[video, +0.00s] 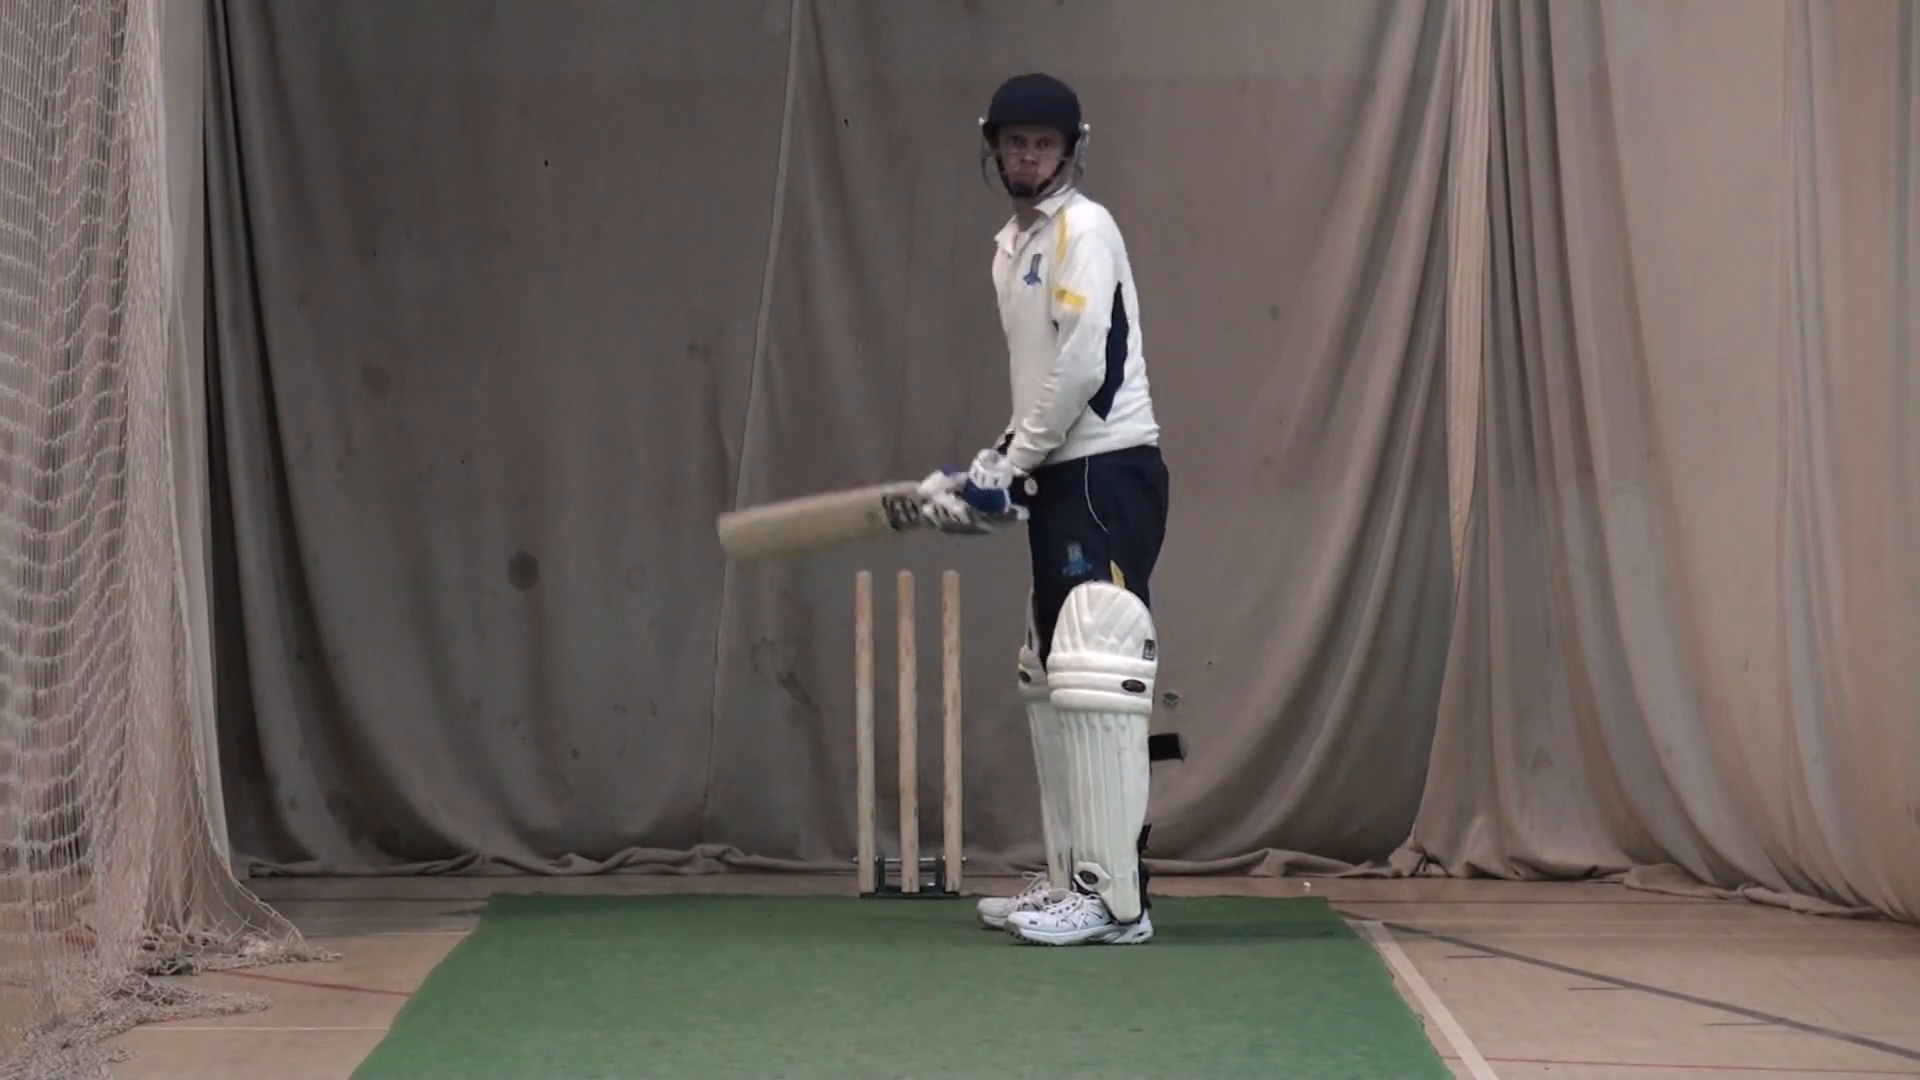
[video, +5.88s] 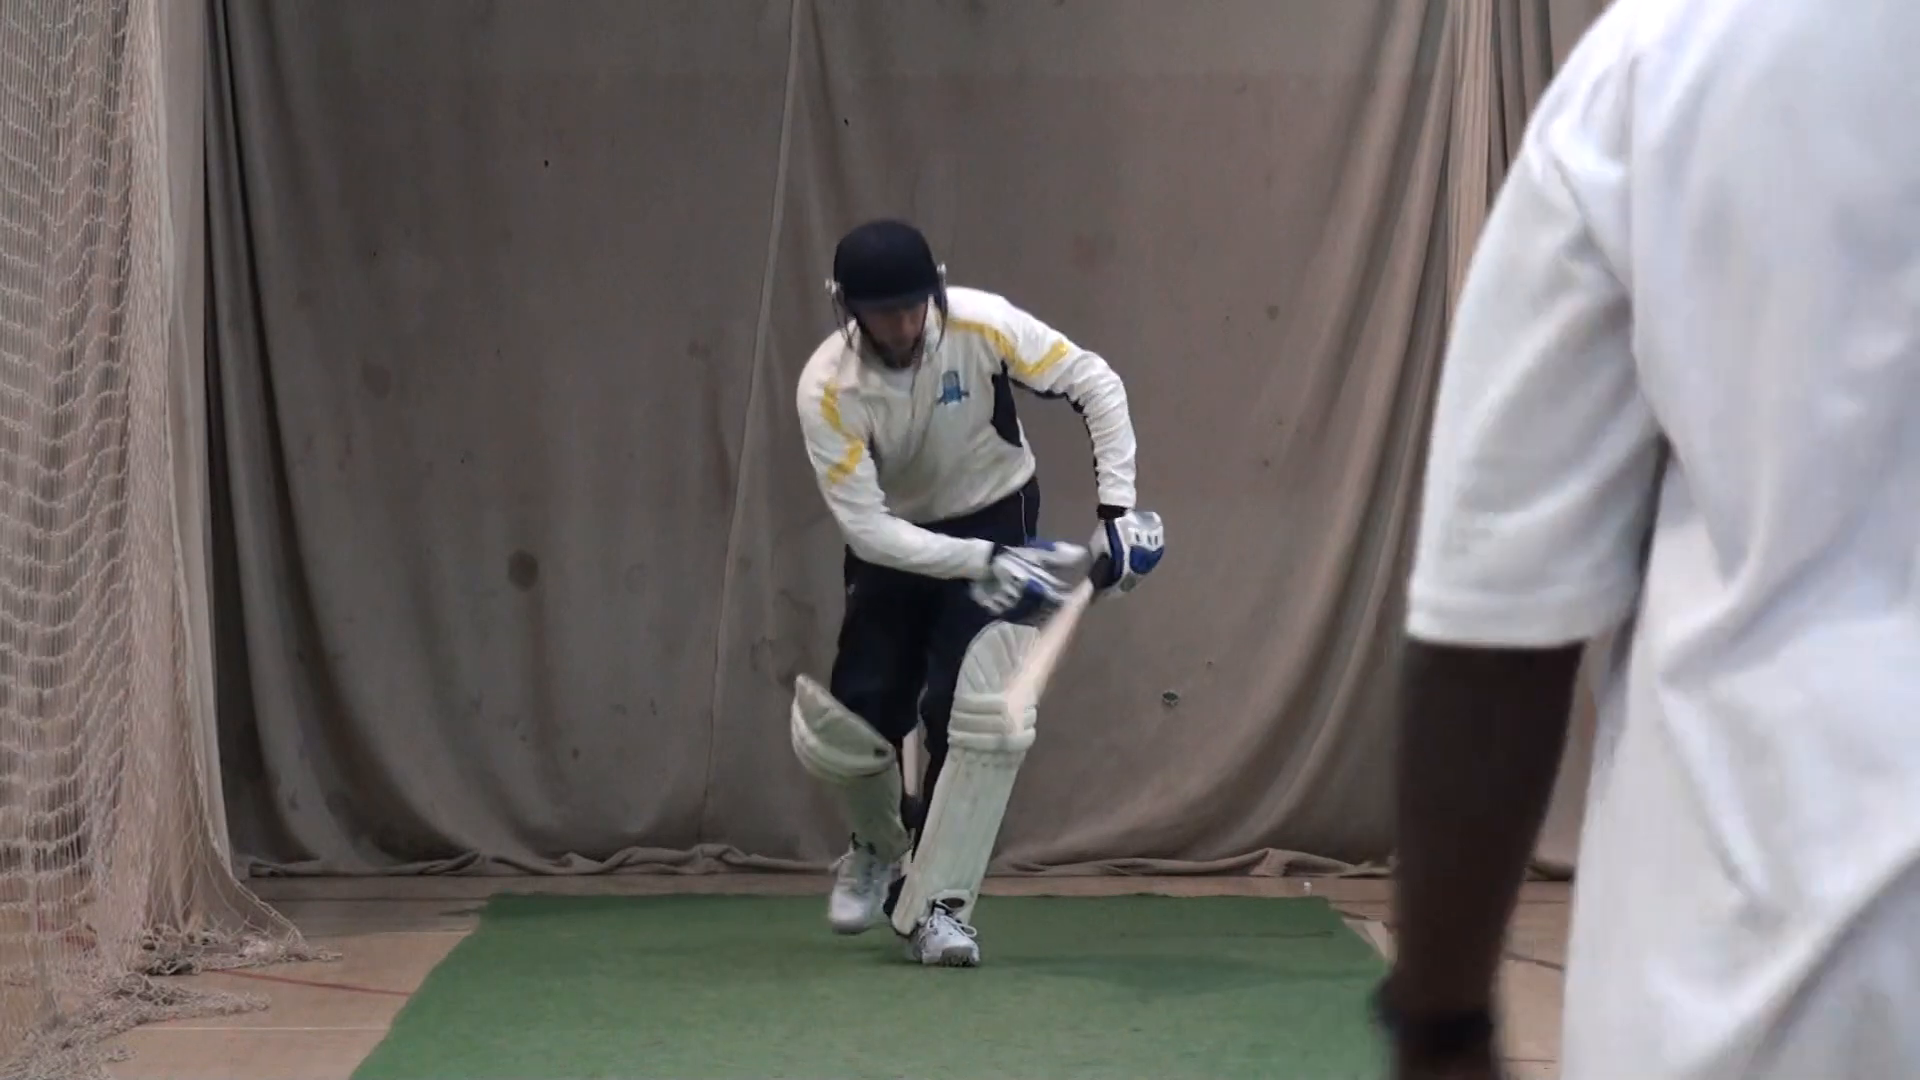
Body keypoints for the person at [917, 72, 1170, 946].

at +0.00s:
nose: (1025, 158)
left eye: (1042, 143)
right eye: (1011, 143)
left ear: (1070, 149)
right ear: (993, 150)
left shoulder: (1083, 230)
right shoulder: (1011, 244)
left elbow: (1083, 372)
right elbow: (1038, 383)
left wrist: (1005, 470)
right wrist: (986, 472)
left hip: (1106, 475)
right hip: (1058, 477)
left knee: (1100, 681)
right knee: (1054, 678)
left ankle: (1114, 899)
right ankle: (1071, 879)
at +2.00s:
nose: (967, 194)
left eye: (982, 179)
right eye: (951, 182)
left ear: (1011, 180)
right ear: (934, 191)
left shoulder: (1029, 243)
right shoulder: (987, 274)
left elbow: (1064, 378)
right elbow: (1038, 407)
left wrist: (1025, 494)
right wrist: (1010, 516)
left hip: (1124, 470)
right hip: (1077, 480)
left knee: (1086, 671)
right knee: (1036, 673)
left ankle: (1113, 899)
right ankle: (1076, 882)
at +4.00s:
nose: (950, 224)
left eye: (963, 207)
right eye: (933, 211)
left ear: (989, 208)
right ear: (913, 220)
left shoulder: (1015, 269)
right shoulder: (955, 298)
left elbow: (1002, 389)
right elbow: (1008, 402)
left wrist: (950, 475)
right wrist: (944, 453)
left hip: (1130, 470)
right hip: (1074, 486)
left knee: (1066, 664)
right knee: (1028, 667)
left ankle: (1116, 885)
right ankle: (1072, 874)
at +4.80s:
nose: (901, 330)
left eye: (914, 310)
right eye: (883, 316)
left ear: (938, 299)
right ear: (859, 317)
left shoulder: (977, 340)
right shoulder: (874, 390)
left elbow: (984, 416)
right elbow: (927, 480)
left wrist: (923, 507)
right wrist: (937, 529)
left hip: (1085, 536)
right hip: (1001, 558)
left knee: (1008, 699)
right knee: (992, 722)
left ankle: (990, 907)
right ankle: (1077, 879)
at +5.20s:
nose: (910, 369)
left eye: (918, 351)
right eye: (892, 360)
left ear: (930, 330)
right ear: (857, 356)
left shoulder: (949, 325)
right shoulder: (857, 441)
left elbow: (1011, 331)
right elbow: (932, 515)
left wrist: (1014, 407)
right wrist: (1006, 527)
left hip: (1034, 522)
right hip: (947, 559)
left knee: (1027, 699)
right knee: (945, 732)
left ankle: (992, 898)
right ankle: (973, 863)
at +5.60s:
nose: (881, 394)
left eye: (895, 375)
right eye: (863, 382)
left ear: (917, 361)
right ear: (833, 377)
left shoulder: (962, 358)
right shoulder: (828, 456)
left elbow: (1094, 366)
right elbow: (924, 555)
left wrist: (1129, 462)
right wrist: (1034, 532)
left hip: (994, 564)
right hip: (905, 588)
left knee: (990, 716)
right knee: (887, 756)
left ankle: (942, 906)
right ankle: (901, 865)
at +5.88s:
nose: (906, 328)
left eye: (916, 309)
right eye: (886, 315)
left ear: (934, 294)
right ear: (852, 310)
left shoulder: (980, 325)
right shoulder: (828, 389)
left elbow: (1094, 381)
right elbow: (867, 528)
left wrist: (1118, 506)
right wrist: (980, 564)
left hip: (992, 523)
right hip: (893, 533)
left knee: (972, 713)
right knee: (854, 726)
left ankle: (946, 905)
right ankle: (880, 849)